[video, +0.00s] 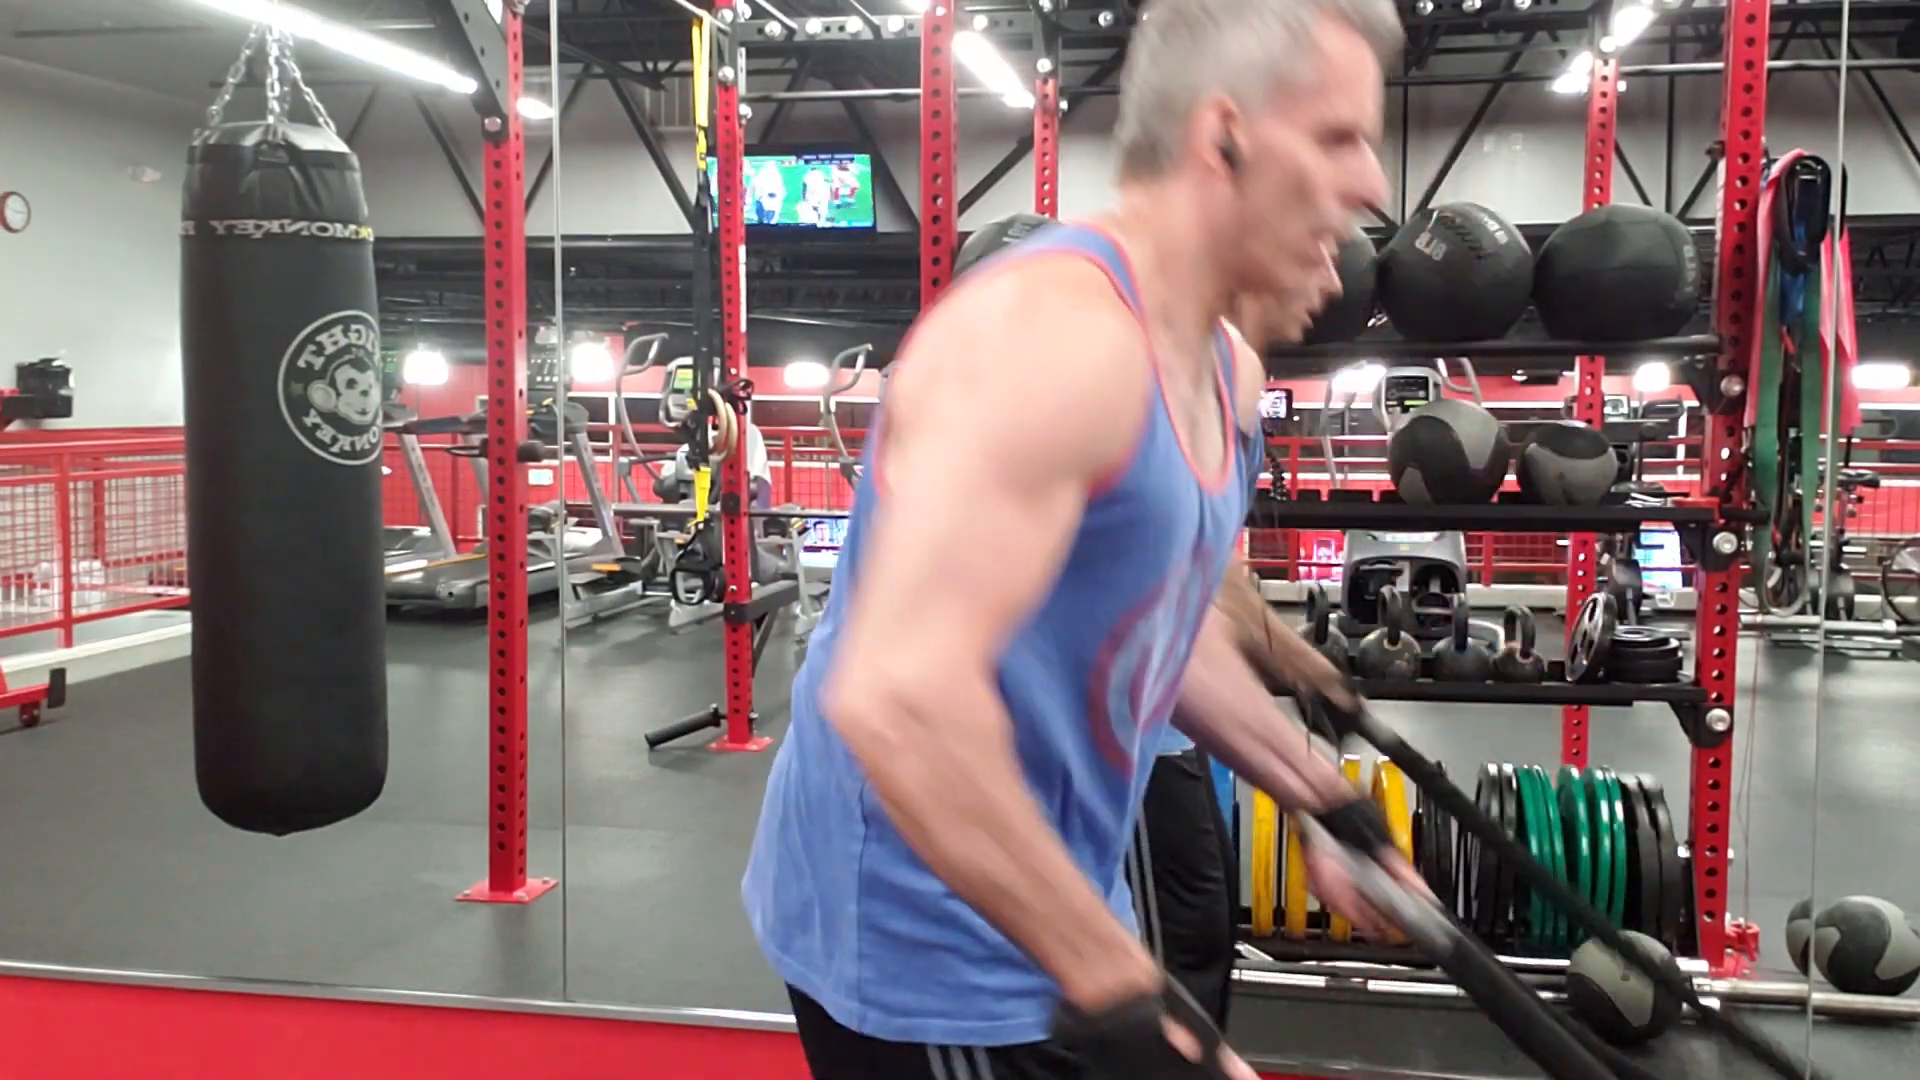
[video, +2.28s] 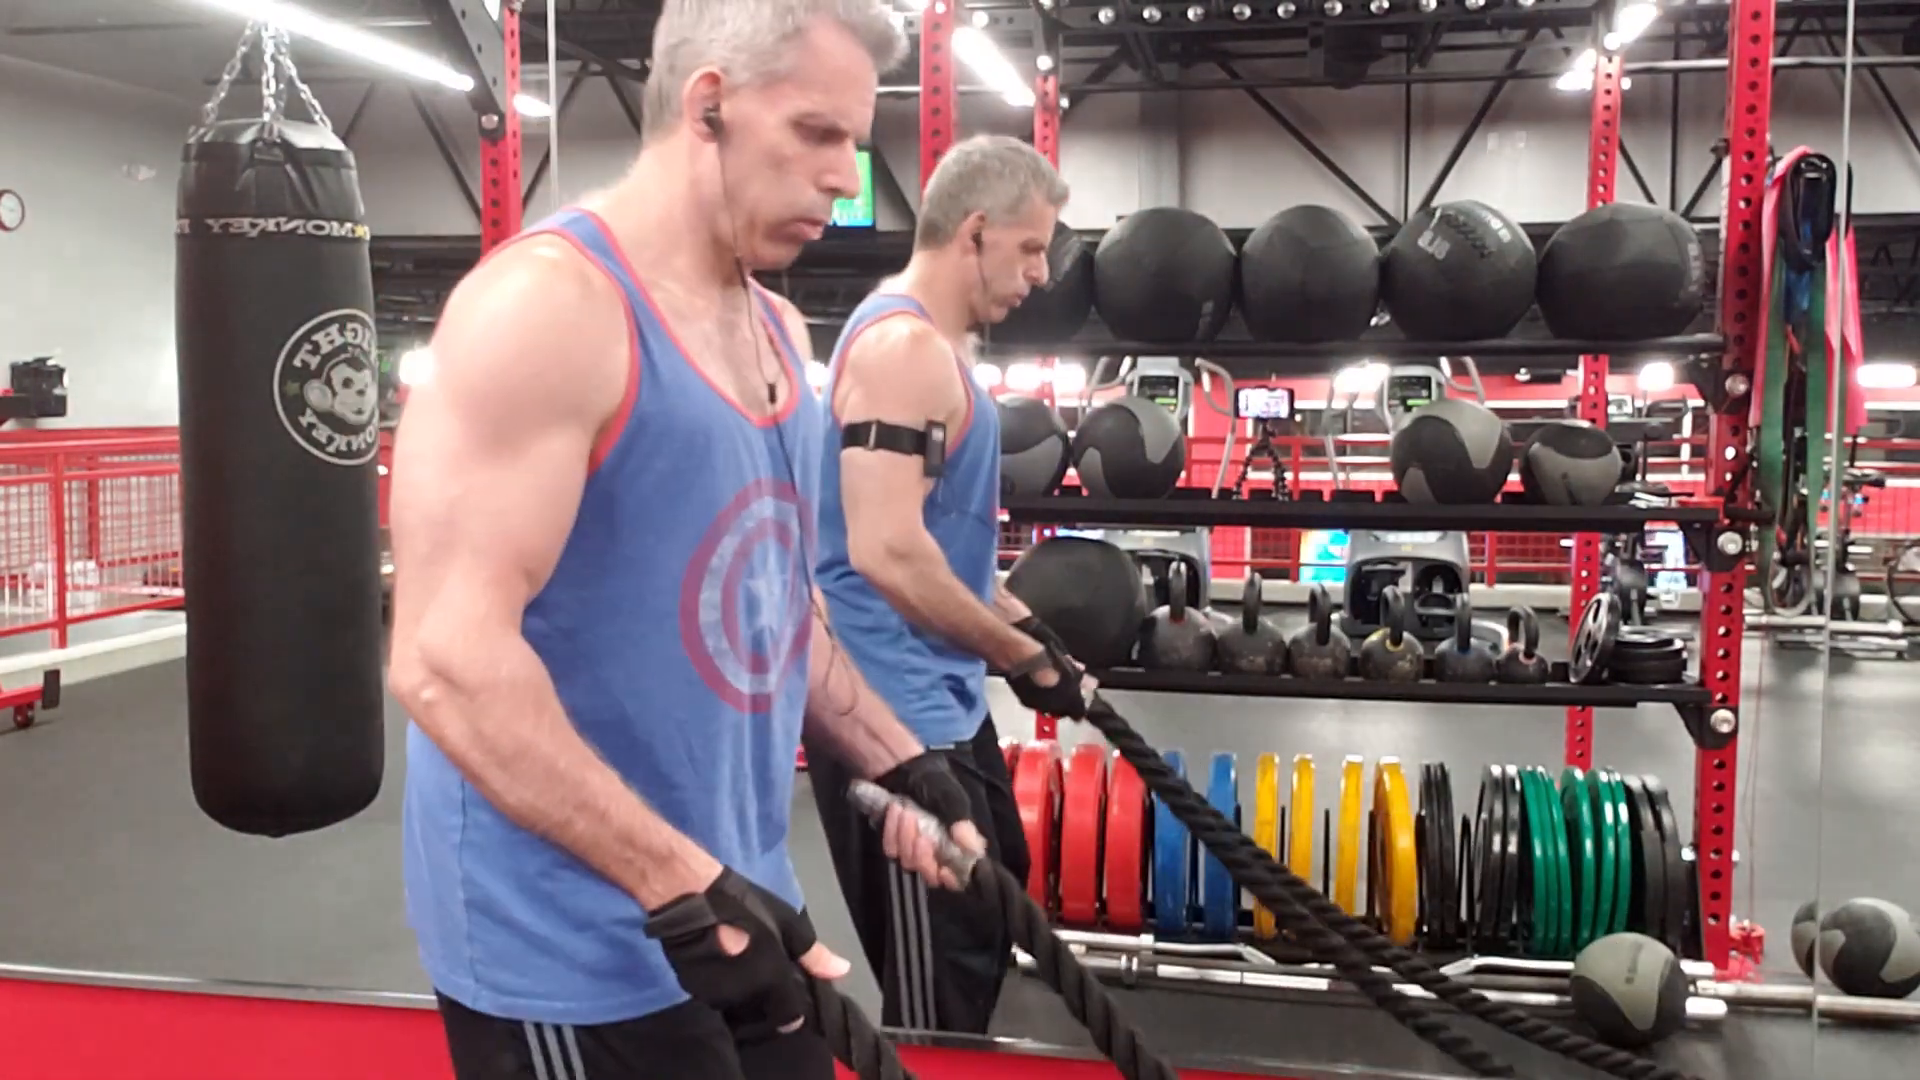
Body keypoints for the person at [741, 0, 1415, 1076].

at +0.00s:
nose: (1372, 190)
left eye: (1369, 146)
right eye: (1341, 139)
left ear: (1227, 145)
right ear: (1222, 137)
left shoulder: (1225, 366)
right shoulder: (1048, 330)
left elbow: (1162, 630)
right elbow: (898, 691)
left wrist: (1322, 792)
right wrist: (1127, 999)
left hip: (1077, 902)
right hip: (925, 937)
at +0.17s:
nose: (1302, 107)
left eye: (1293, 66)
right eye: (1261, 60)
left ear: (1150, 70)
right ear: (1138, 65)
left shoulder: (1160, 312)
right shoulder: (984, 294)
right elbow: (816, 669)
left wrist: (1154, 791)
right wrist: (1016, 984)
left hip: (1093, 963)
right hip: (935, 1004)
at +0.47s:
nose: (1150, 67)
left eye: (1143, 28)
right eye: (1107, 21)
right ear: (984, 27)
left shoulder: (1020, 284)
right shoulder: (856, 278)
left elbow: (1004, 603)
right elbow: (766, 683)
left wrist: (1150, 771)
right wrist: (1063, 956)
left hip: (970, 968)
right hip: (862, 995)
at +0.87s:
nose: (971, 67)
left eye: (965, 28)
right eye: (930, 20)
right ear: (813, 30)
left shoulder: (891, 290)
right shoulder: (707, 275)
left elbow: (883, 598)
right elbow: (625, 658)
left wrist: (1039, 726)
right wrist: (904, 893)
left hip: (880, 974)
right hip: (766, 1000)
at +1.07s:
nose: (918, 74)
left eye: (916, 41)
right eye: (875, 31)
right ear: (764, 39)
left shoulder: (838, 280)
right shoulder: (662, 257)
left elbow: (821, 571)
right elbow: (518, 594)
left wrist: (965, 704)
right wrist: (809, 791)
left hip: (806, 910)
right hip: (686, 948)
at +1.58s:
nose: (769, 71)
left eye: (766, 38)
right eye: (723, 29)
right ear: (606, 40)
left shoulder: (734, 283)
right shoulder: (505, 266)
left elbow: (766, 567)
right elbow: (441, 633)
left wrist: (923, 706)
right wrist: (739, 841)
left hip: (736, 915)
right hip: (564, 951)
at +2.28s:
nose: (844, 181)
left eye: (852, 145)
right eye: (817, 134)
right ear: (706, 104)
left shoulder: (778, 328)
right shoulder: (539, 304)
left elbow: (775, 601)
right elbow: (447, 656)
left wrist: (902, 772)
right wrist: (685, 887)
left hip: (748, 925)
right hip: (574, 967)